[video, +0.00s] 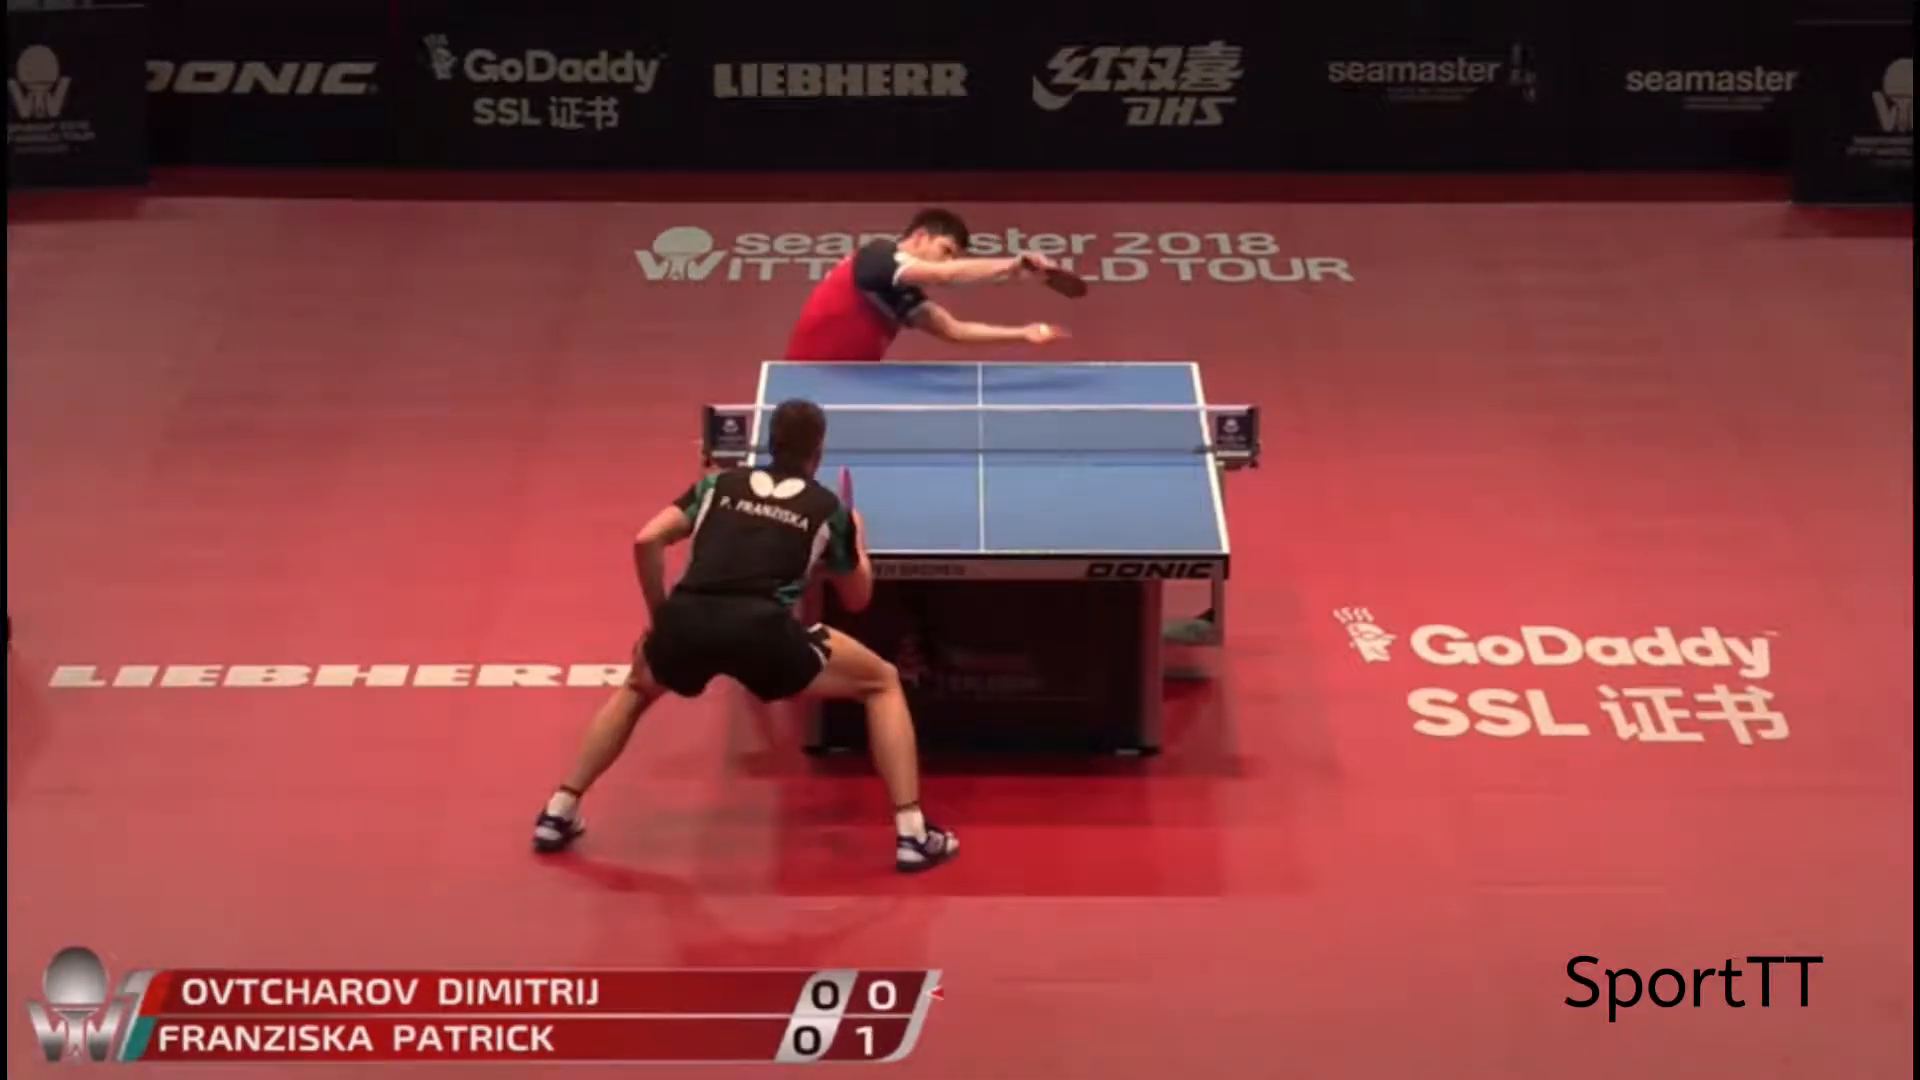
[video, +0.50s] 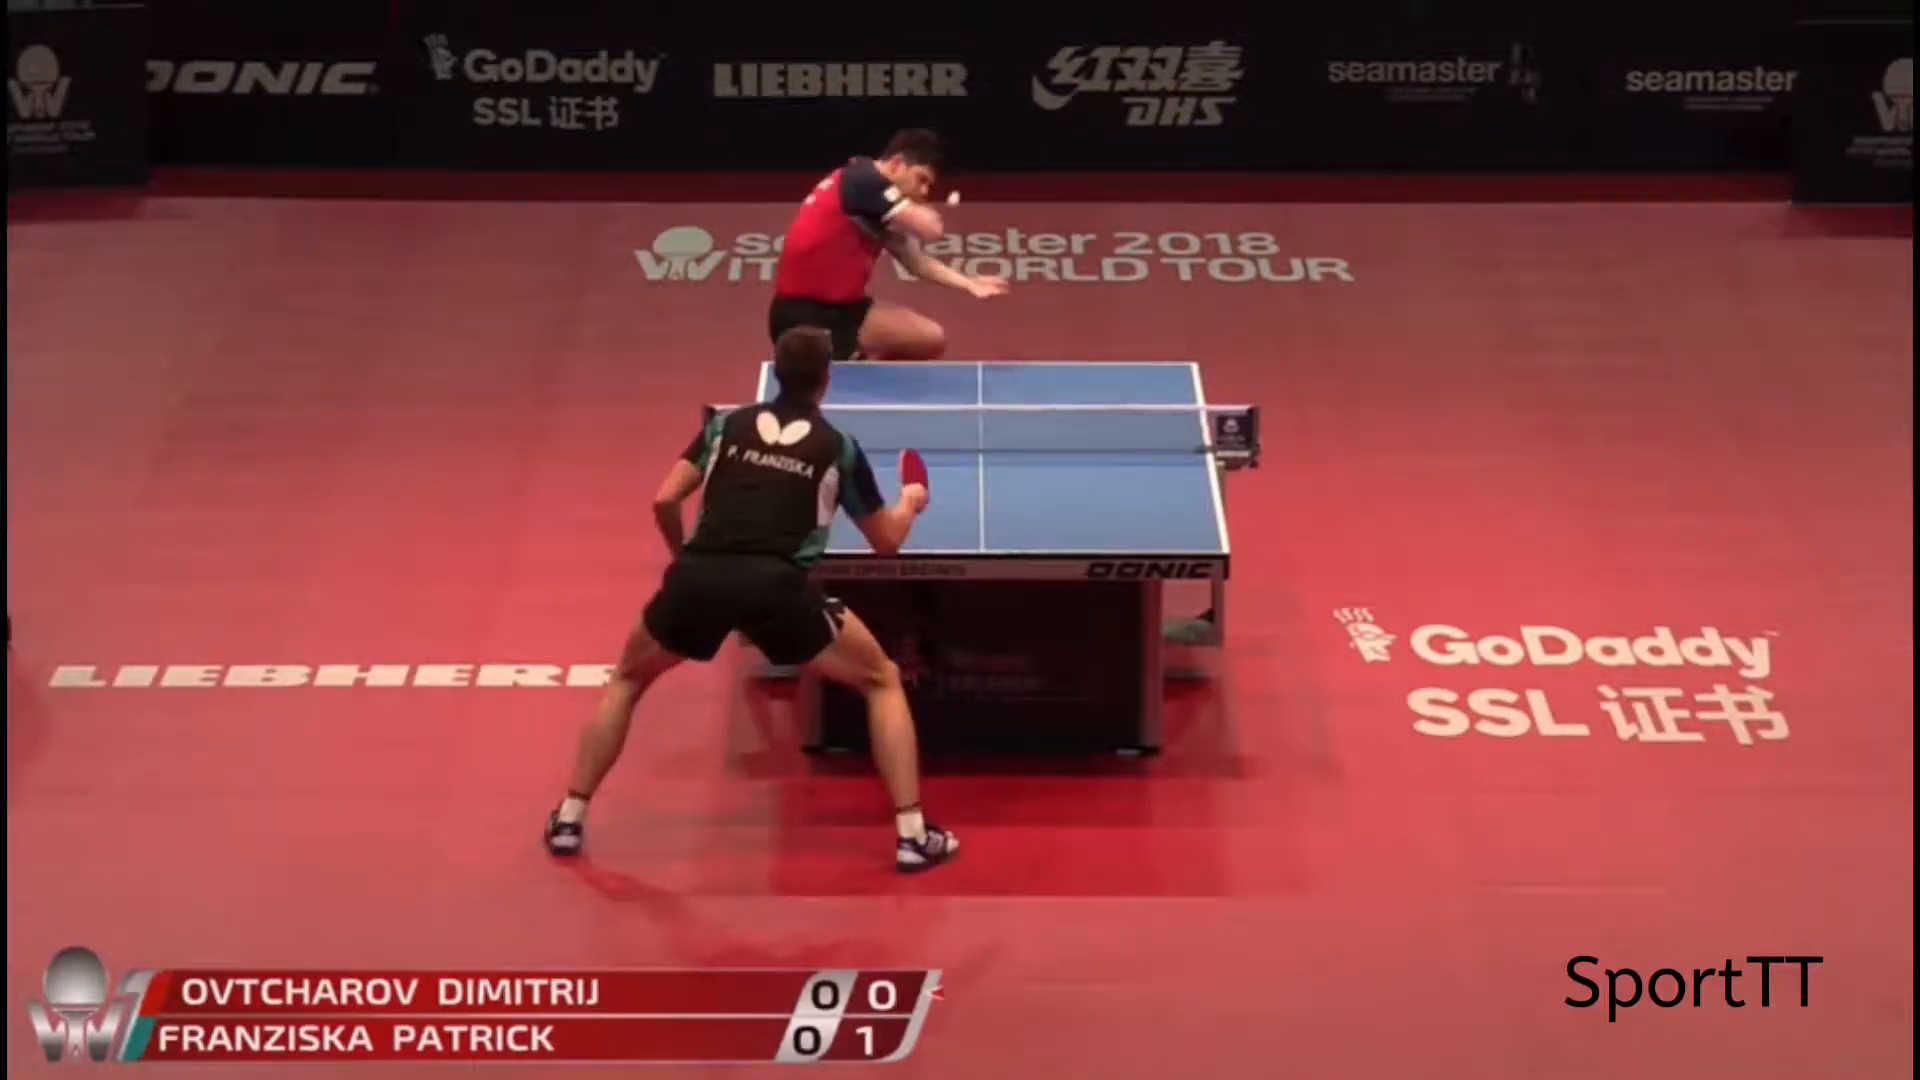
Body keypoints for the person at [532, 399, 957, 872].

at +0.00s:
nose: (814, 454)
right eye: (817, 446)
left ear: (769, 445)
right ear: (818, 452)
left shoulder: (718, 484)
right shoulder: (831, 511)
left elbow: (648, 540)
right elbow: (856, 598)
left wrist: (658, 616)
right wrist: (856, 544)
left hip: (687, 620)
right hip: (765, 629)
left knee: (634, 692)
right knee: (882, 683)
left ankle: (559, 808)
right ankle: (913, 831)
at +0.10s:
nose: (819, 439)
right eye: (820, 432)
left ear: (770, 434)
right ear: (818, 440)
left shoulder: (721, 476)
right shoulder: (832, 502)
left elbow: (650, 535)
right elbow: (862, 590)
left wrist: (659, 612)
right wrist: (862, 537)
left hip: (689, 614)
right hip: (766, 623)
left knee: (634, 690)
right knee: (883, 682)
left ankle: (559, 809)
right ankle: (913, 831)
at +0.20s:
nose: (820, 422)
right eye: (822, 415)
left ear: (774, 416)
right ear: (823, 424)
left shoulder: (725, 461)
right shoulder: (836, 487)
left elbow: (657, 527)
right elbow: (869, 577)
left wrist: (663, 603)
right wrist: (876, 520)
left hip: (694, 603)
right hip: (769, 613)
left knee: (635, 687)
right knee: (887, 681)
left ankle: (560, 808)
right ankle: (913, 831)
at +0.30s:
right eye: (829, 386)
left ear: (781, 389)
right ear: (831, 395)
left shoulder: (736, 435)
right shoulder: (846, 461)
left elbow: (671, 509)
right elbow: (885, 553)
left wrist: (680, 582)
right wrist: (900, 512)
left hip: (706, 585)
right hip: (782, 594)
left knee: (636, 683)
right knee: (888, 679)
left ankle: (559, 810)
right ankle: (913, 831)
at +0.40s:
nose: (822, 386)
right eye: (829, 380)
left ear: (781, 383)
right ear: (832, 388)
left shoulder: (735, 430)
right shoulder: (848, 456)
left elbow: (673, 505)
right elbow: (888, 550)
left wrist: (684, 576)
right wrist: (904, 508)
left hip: (708, 580)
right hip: (783, 590)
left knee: (635, 679)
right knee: (888, 678)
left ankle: (562, 810)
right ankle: (913, 832)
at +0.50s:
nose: (819, 378)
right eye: (823, 370)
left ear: (775, 374)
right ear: (827, 378)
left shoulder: (726, 425)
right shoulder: (837, 447)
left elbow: (665, 502)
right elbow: (887, 538)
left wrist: (683, 562)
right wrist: (911, 502)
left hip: (699, 577)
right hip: (777, 586)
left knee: (628, 680)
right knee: (880, 680)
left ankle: (568, 816)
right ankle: (914, 833)